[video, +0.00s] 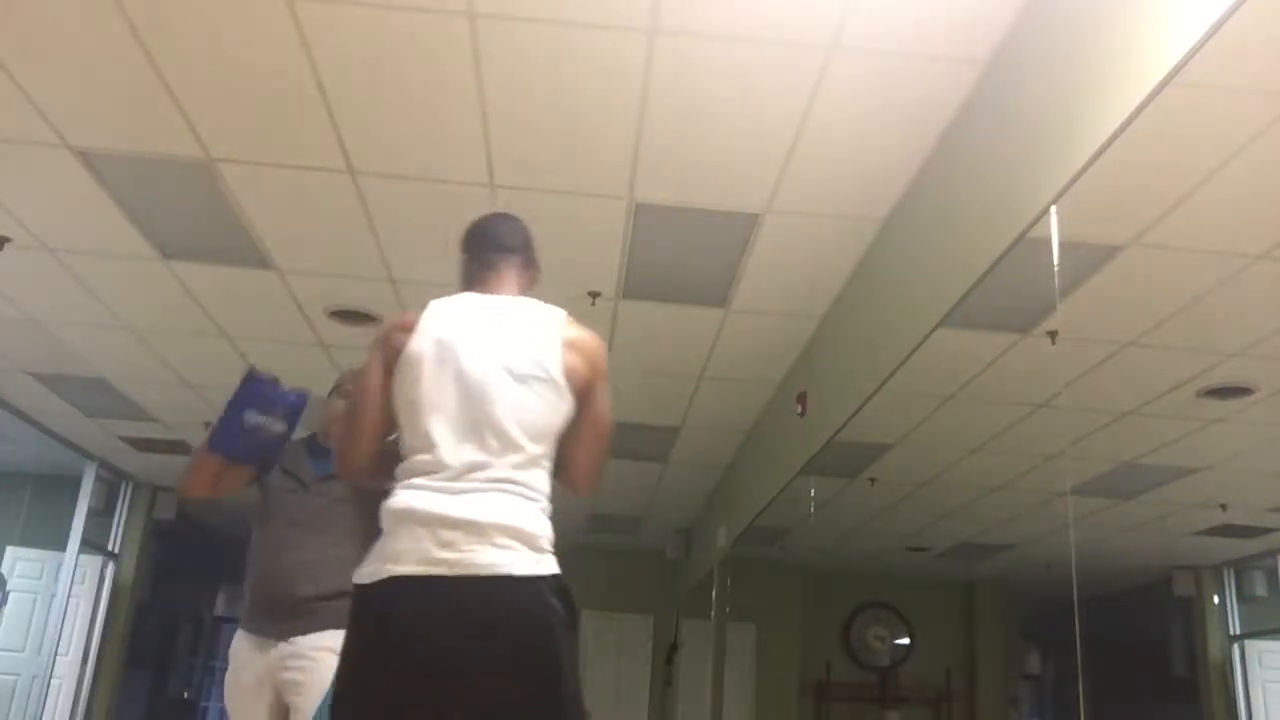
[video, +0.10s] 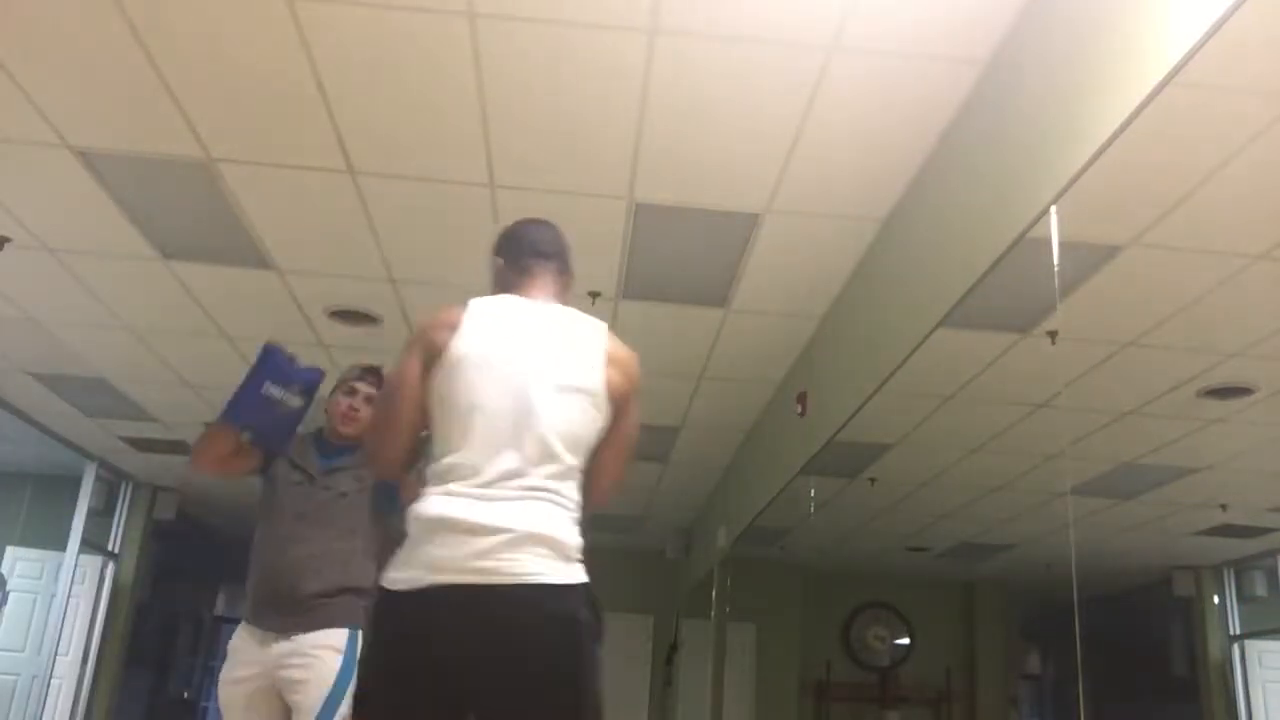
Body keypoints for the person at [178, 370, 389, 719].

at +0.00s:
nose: (347, 406)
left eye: (358, 399)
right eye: (341, 394)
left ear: (377, 414)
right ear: (324, 406)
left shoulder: (383, 463)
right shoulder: (281, 456)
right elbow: (196, 494)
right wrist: (242, 415)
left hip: (325, 640)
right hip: (253, 638)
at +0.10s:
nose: (355, 404)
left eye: (369, 400)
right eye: (349, 393)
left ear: (381, 417)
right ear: (329, 402)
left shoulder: (384, 460)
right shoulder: (285, 450)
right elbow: (206, 463)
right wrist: (255, 396)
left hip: (328, 640)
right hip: (254, 637)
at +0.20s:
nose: (356, 403)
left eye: (368, 398)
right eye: (348, 391)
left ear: (377, 415)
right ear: (328, 399)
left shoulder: (384, 460)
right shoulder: (286, 445)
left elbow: (433, 506)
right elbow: (211, 451)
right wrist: (265, 392)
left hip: (325, 638)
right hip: (253, 633)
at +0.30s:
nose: (350, 405)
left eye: (363, 399)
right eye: (343, 393)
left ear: (373, 413)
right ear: (324, 398)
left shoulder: (380, 463)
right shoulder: (281, 446)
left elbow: (453, 495)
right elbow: (215, 449)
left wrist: (432, 418)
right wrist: (270, 389)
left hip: (323, 636)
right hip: (250, 631)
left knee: (316, 711)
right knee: (230, 711)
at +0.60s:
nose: (332, 413)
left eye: (344, 407)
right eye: (325, 402)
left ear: (353, 420)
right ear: (305, 405)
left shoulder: (361, 468)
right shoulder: (266, 453)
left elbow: (426, 500)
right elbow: (212, 454)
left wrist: (415, 440)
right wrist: (262, 402)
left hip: (316, 642)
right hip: (241, 638)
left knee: (314, 711)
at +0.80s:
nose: (344, 415)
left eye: (355, 410)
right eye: (336, 403)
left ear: (363, 422)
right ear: (313, 404)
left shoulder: (369, 468)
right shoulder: (275, 452)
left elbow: (443, 499)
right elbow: (226, 451)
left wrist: (424, 431)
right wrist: (276, 396)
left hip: (323, 642)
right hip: (248, 636)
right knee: (233, 711)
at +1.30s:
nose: (367, 409)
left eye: (379, 402)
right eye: (360, 397)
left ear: (388, 415)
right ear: (339, 400)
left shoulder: (393, 460)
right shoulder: (304, 447)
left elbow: (446, 495)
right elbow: (253, 449)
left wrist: (453, 430)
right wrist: (301, 393)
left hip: (345, 638)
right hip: (274, 634)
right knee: (255, 710)